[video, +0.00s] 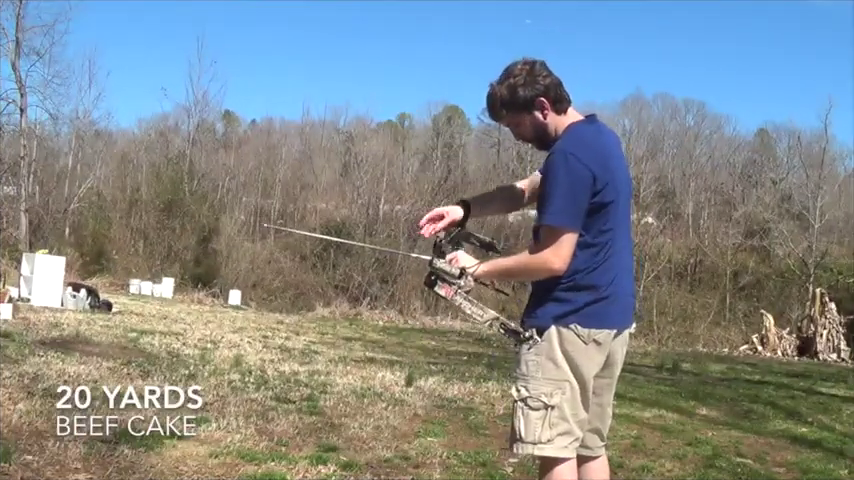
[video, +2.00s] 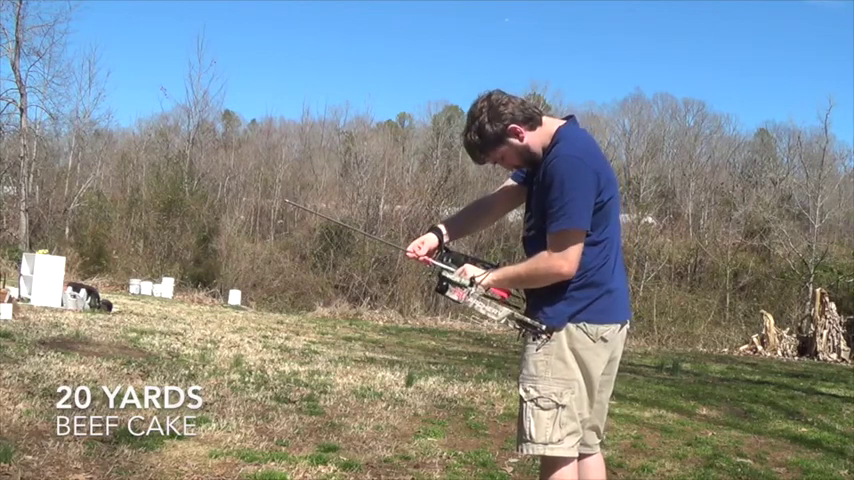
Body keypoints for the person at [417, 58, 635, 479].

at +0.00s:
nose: (515, 137)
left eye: (514, 126)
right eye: (510, 128)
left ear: (542, 108)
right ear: (547, 106)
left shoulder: (570, 155)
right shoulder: (600, 139)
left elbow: (553, 259)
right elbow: (527, 191)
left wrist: (477, 270)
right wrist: (463, 209)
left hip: (567, 320)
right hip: (610, 317)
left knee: (555, 450)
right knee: (590, 446)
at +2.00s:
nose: (503, 166)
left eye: (499, 158)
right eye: (496, 162)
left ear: (516, 132)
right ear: (518, 127)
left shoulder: (568, 160)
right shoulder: (558, 148)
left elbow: (562, 263)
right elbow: (498, 202)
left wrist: (491, 277)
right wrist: (440, 234)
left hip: (572, 319)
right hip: (592, 316)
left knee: (558, 449)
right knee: (586, 445)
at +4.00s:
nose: (496, 158)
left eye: (493, 148)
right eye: (489, 153)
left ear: (513, 123)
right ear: (516, 121)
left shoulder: (562, 157)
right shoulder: (549, 149)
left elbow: (562, 261)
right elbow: (492, 205)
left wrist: (488, 279)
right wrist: (433, 239)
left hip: (569, 319)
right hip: (590, 317)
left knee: (557, 450)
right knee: (585, 446)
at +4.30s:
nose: (495, 143)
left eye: (494, 131)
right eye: (489, 136)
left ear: (520, 110)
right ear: (524, 110)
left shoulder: (558, 156)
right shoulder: (568, 142)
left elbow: (545, 260)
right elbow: (514, 201)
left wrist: (473, 282)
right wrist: (469, 196)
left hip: (567, 320)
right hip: (600, 316)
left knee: (554, 451)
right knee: (587, 444)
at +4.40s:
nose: (494, 140)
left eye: (492, 127)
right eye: (489, 130)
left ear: (519, 108)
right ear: (525, 107)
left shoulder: (555, 153)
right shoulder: (580, 139)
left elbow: (536, 262)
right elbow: (566, 219)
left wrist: (466, 289)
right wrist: (508, 199)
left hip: (566, 317)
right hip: (604, 314)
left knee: (555, 450)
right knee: (587, 443)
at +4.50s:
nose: (494, 138)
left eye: (491, 125)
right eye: (487, 129)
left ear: (517, 106)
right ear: (524, 105)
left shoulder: (549, 153)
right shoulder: (583, 139)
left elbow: (529, 259)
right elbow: (585, 240)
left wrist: (460, 295)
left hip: (564, 320)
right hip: (605, 316)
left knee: (555, 451)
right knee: (588, 444)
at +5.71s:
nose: (499, 147)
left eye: (494, 136)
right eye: (492, 140)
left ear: (505, 111)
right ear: (541, 107)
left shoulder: (526, 151)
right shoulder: (596, 144)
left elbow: (520, 254)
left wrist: (477, 314)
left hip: (565, 311)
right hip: (618, 307)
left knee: (553, 450)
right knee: (598, 448)